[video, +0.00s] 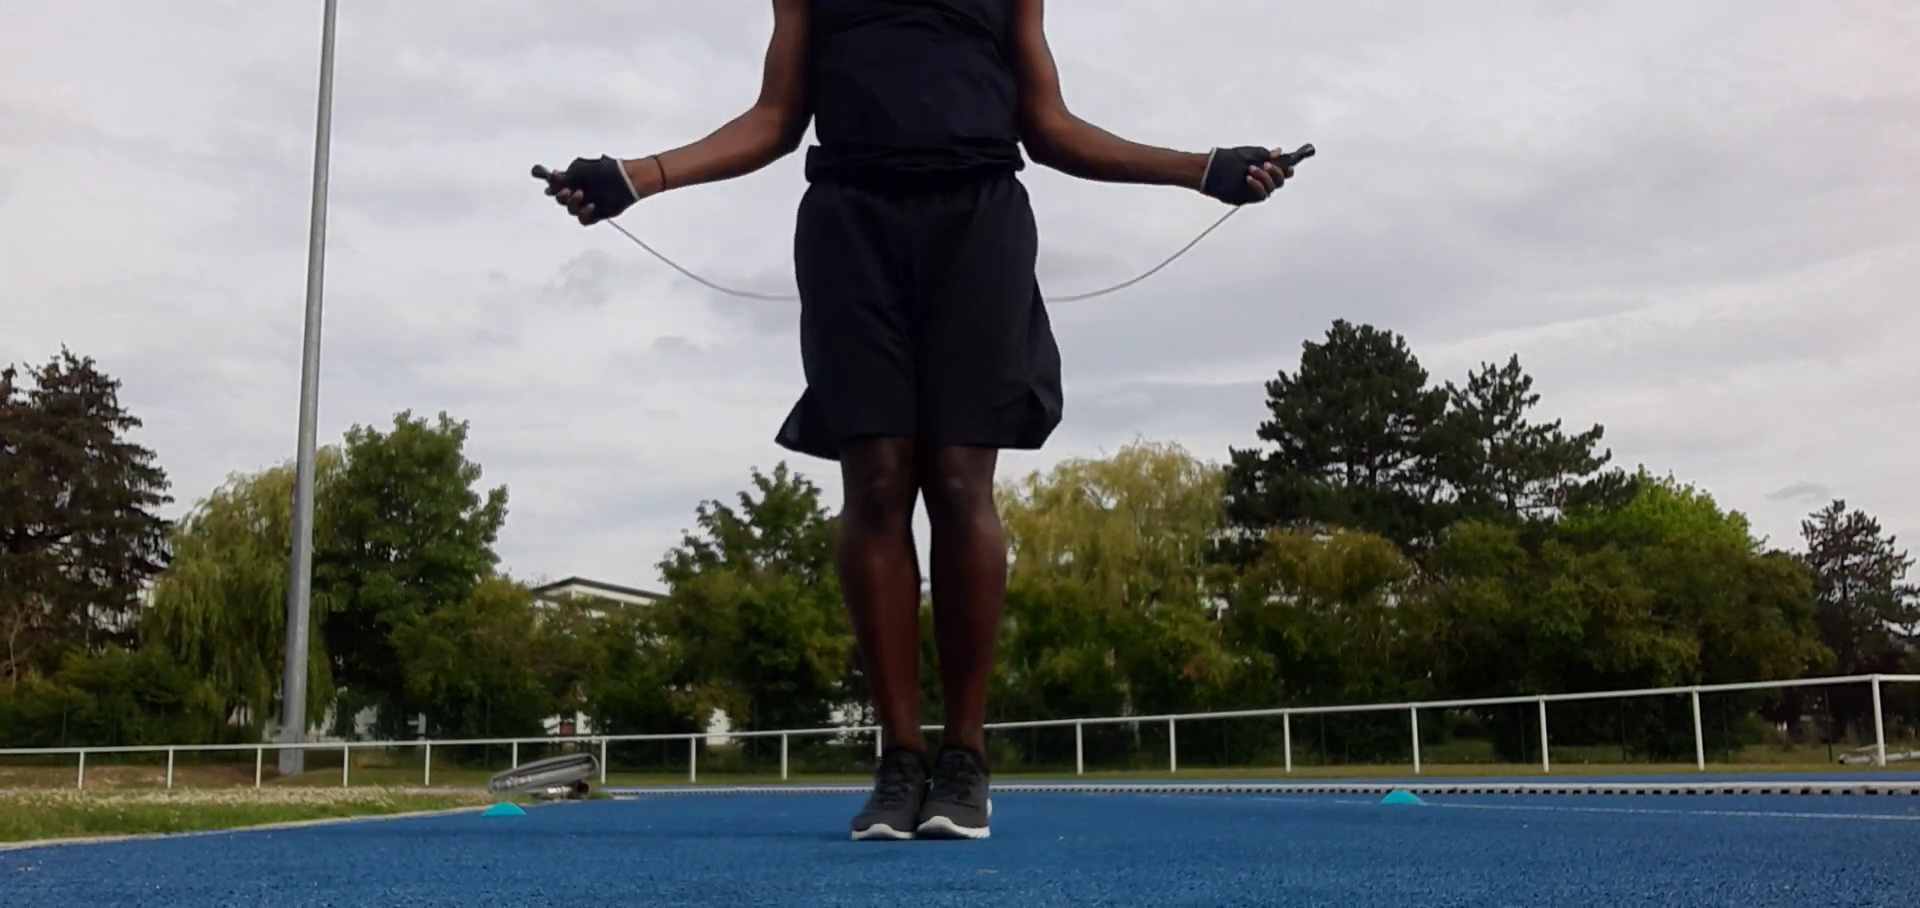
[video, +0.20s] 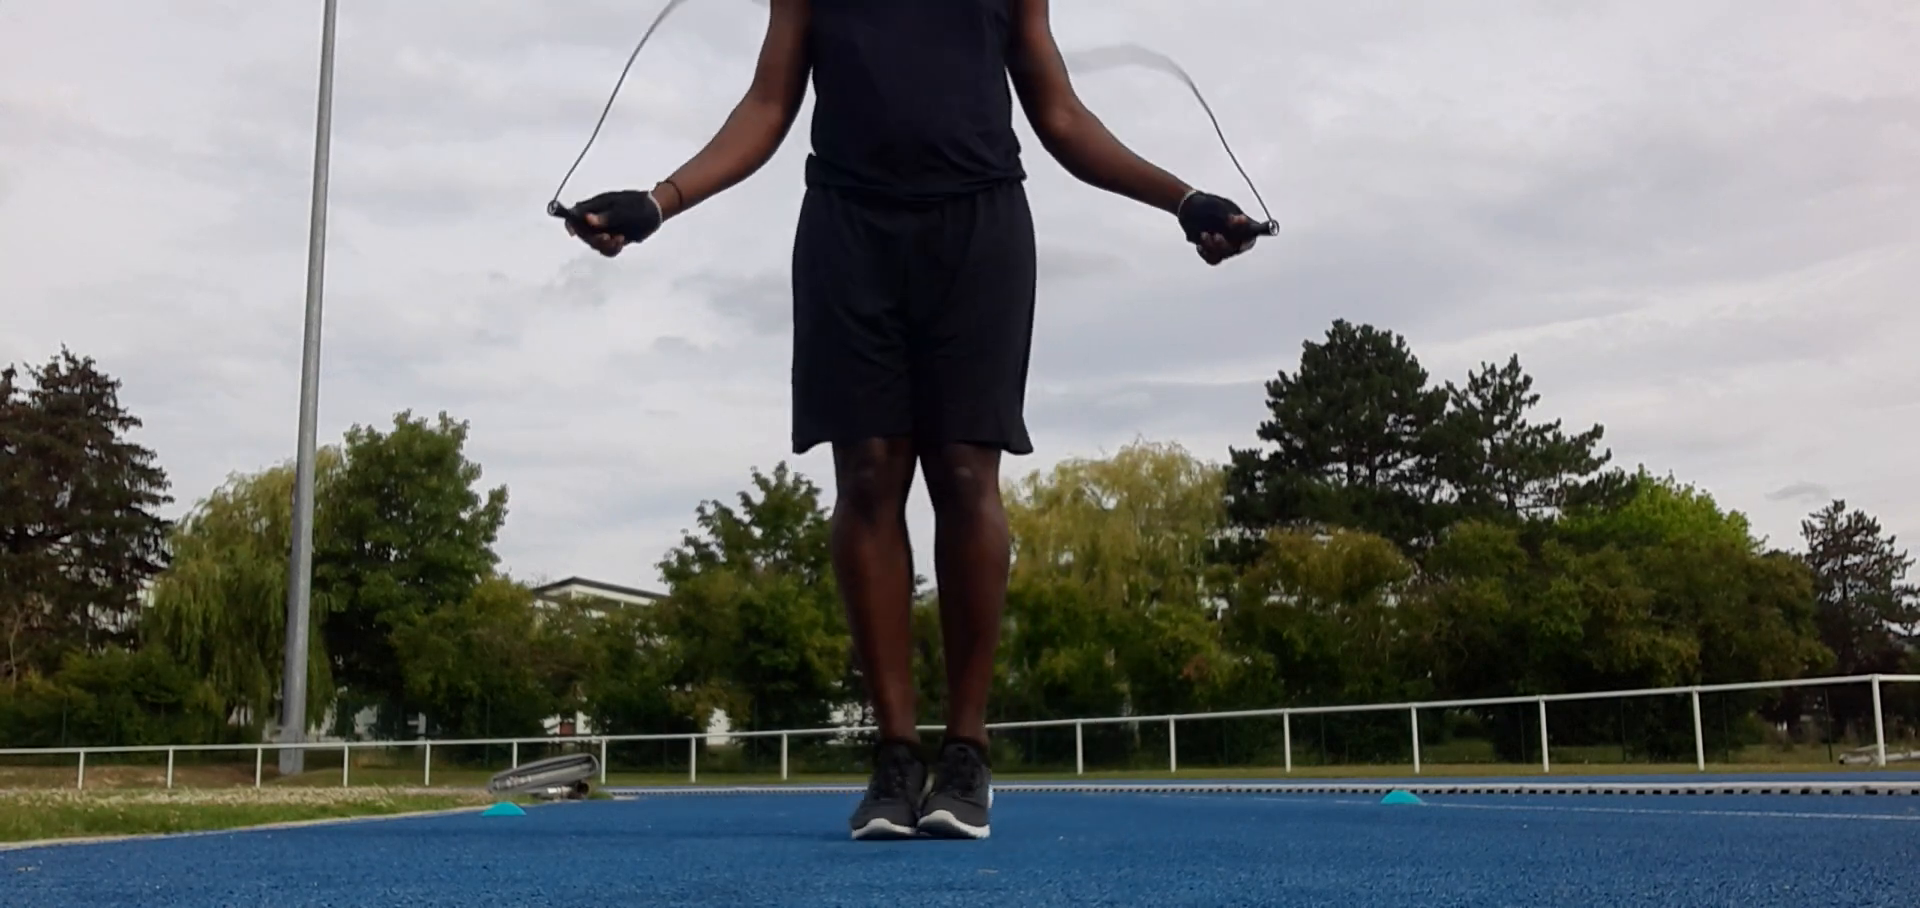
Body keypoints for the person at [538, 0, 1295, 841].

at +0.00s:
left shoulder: (1006, 6)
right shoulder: (808, 3)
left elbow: (1051, 129)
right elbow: (775, 120)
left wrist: (1202, 168)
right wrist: (634, 175)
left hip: (978, 216)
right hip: (851, 217)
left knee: (960, 477)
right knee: (876, 477)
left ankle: (963, 763)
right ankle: (901, 765)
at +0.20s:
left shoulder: (1013, 6)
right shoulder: (806, 4)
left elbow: (1061, 115)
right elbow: (768, 104)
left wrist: (1183, 196)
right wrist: (654, 201)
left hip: (977, 220)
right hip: (849, 222)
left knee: (963, 470)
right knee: (868, 470)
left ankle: (965, 753)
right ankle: (898, 760)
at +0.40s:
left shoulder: (1009, 9)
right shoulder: (805, 7)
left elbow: (1056, 143)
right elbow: (772, 134)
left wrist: (1204, 166)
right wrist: (637, 173)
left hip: (978, 234)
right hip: (849, 237)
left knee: (961, 492)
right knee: (876, 496)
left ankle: (969, 769)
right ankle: (908, 776)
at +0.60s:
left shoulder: (1006, 3)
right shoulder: (803, 2)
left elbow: (1055, 113)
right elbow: (765, 97)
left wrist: (1170, 224)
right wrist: (661, 216)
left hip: (976, 214)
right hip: (847, 218)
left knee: (965, 469)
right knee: (868, 469)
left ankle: (971, 744)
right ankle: (896, 754)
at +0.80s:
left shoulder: (1004, 13)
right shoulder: (804, 11)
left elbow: (1060, 164)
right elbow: (757, 151)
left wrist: (1206, 167)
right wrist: (630, 168)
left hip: (974, 260)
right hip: (846, 260)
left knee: (950, 514)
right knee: (870, 510)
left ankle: (944, 773)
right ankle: (890, 774)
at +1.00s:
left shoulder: (1006, 5)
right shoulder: (801, 4)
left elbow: (1048, 119)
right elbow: (767, 97)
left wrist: (1166, 229)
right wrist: (667, 218)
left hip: (974, 216)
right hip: (847, 218)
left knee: (959, 467)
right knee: (865, 465)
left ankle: (959, 737)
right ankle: (883, 739)